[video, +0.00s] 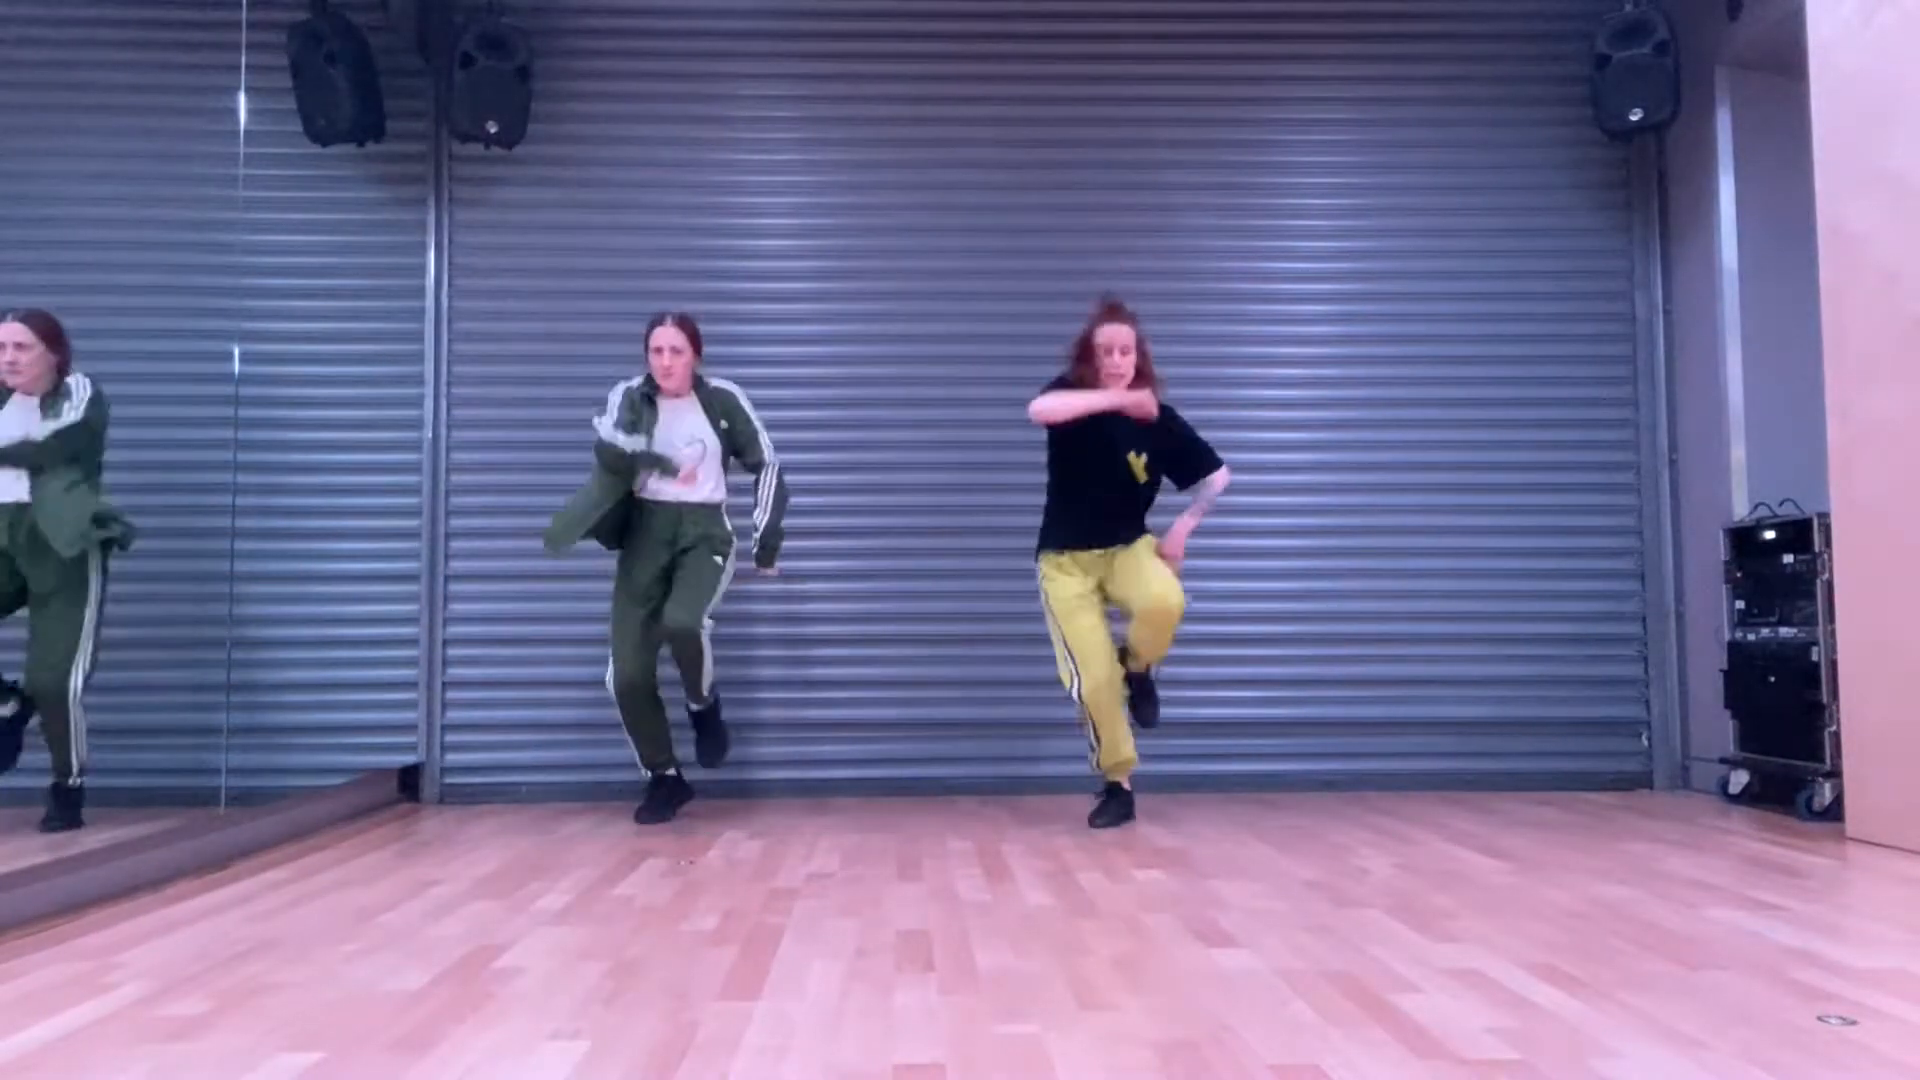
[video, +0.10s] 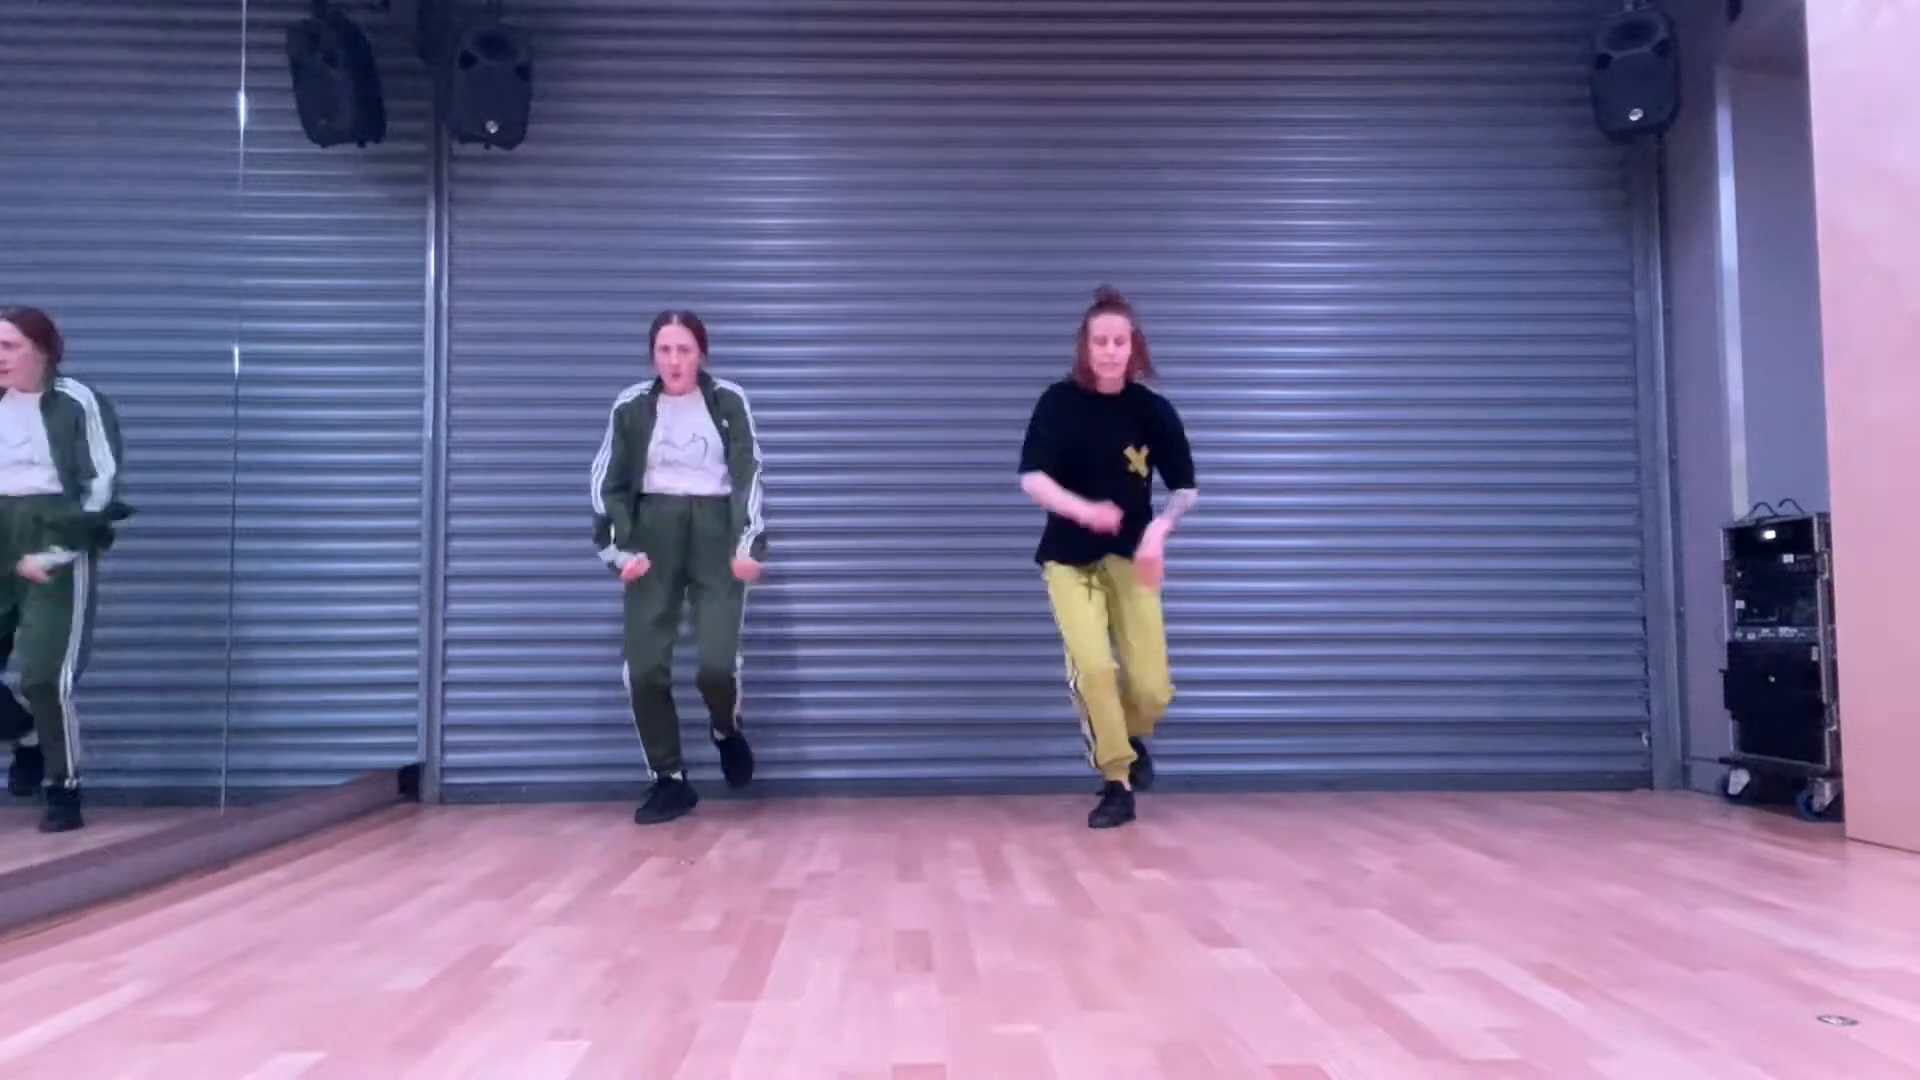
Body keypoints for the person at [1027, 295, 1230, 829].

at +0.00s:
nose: (1115, 360)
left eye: (1125, 351)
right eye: (1105, 350)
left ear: (1139, 357)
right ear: (1089, 356)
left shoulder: (1155, 416)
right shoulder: (1071, 398)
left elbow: (1216, 476)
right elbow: (1040, 411)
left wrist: (1180, 531)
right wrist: (1119, 399)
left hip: (1128, 550)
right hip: (1065, 559)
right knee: (1095, 676)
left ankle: (1137, 669)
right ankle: (1117, 785)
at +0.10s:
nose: (1110, 351)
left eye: (1120, 341)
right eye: (1100, 341)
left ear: (1133, 348)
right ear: (1084, 345)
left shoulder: (1154, 411)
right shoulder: (1058, 402)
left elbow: (1185, 489)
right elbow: (1031, 477)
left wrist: (1159, 528)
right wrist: (1082, 508)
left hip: (1133, 557)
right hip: (1069, 559)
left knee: (1153, 690)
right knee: (1093, 668)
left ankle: (1127, 740)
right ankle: (1115, 783)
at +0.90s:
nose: (1127, 303)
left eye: (1138, 292)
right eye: (1117, 292)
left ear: (1159, 297)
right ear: (1104, 299)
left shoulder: (1186, 368)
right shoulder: (1083, 368)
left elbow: (1235, 438)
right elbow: (1062, 445)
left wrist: (1211, 410)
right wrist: (1072, 478)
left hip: (1170, 522)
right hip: (1103, 516)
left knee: (1170, 663)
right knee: (1130, 598)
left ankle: (1169, 799)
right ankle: (1105, 707)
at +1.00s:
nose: (1125, 290)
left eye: (1137, 279)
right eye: (1116, 280)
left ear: (1161, 286)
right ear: (1105, 291)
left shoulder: (1195, 356)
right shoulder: (1087, 371)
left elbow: (1262, 318)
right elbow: (1018, 432)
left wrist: (1192, 337)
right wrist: (1025, 491)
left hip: (1171, 524)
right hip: (1101, 519)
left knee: (1166, 659)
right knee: (1144, 431)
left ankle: (1169, 797)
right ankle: (1151, 577)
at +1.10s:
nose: (1128, 290)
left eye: (1139, 278)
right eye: (1117, 280)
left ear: (1159, 287)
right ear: (1103, 290)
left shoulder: (1191, 343)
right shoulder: (1079, 365)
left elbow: (1273, 343)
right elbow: (1014, 407)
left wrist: (1214, 375)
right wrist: (1032, 471)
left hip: (1177, 523)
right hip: (1102, 516)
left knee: (1173, 657)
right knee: (1142, 409)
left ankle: (1168, 802)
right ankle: (1140, 547)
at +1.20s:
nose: (1134, 275)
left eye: (1145, 264)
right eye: (1123, 267)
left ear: (1164, 273)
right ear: (1109, 278)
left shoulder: (1202, 351)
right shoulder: (1084, 362)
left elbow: (1279, 409)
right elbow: (1025, 429)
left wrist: (1219, 453)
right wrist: (1036, 475)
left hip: (1176, 517)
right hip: (1108, 499)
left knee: (1175, 667)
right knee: (1121, 548)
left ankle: (1167, 805)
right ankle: (1092, 663)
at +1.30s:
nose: (1146, 291)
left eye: (1156, 281)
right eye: (1135, 282)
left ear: (1175, 290)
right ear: (1120, 294)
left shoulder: (1215, 373)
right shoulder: (1098, 370)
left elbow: (1262, 449)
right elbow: (1031, 435)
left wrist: (1225, 488)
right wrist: (1024, 478)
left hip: (1182, 552)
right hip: (1106, 549)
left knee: (1195, 679)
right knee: (1096, 694)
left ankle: (1169, 808)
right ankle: (1042, 787)